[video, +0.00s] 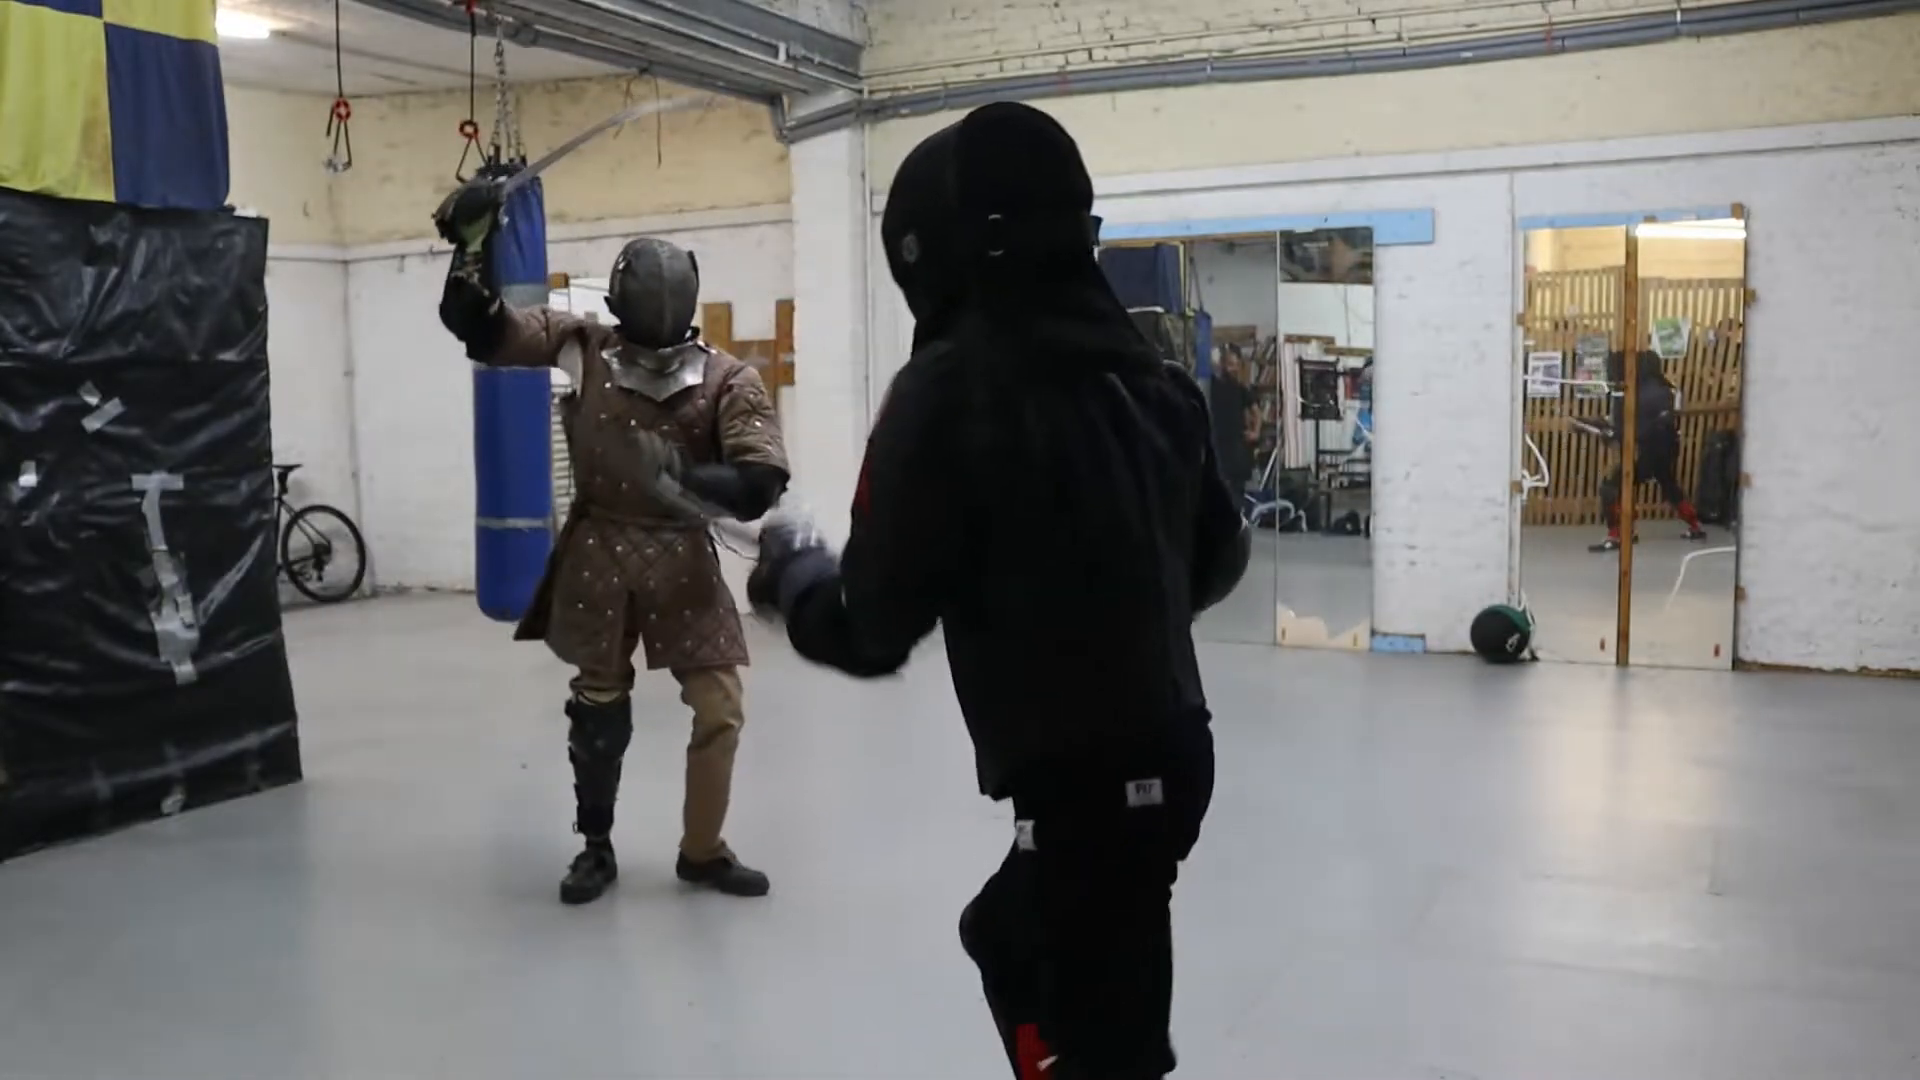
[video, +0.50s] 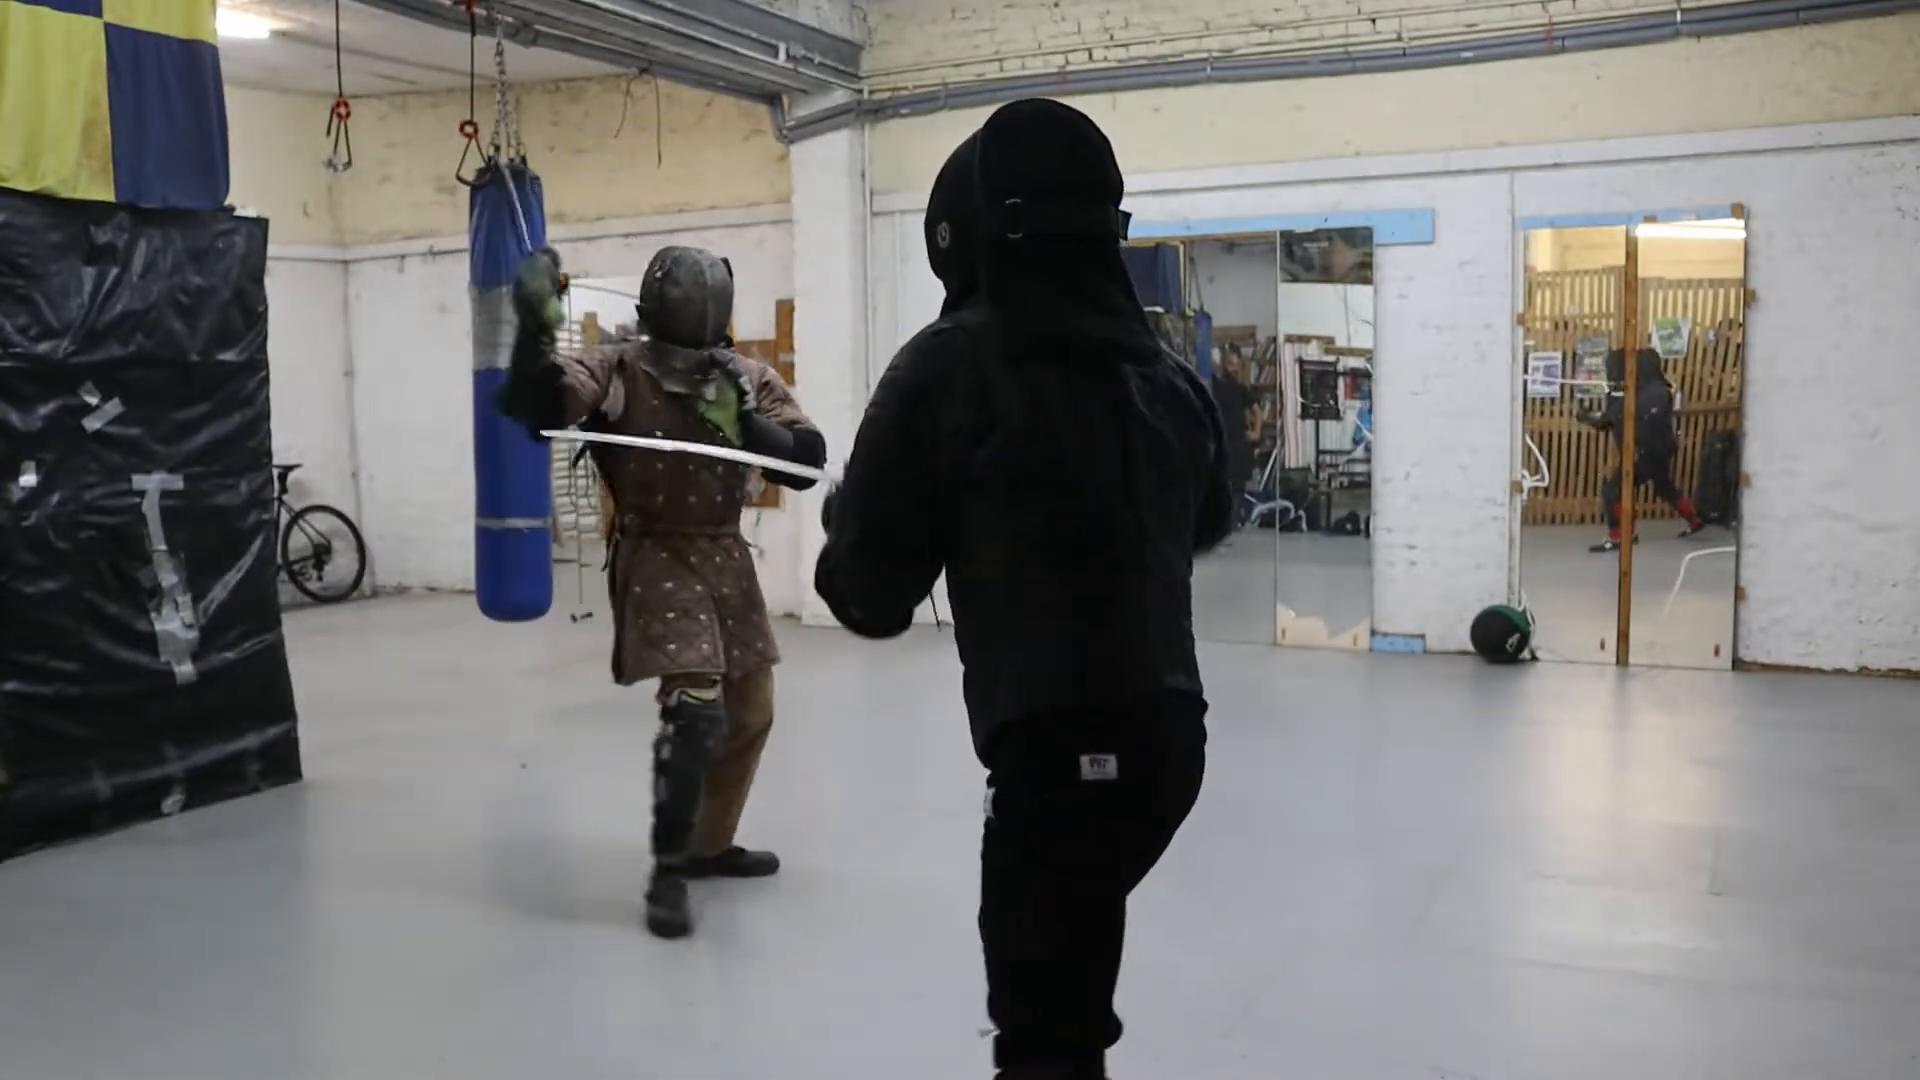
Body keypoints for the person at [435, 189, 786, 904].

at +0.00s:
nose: (650, 350)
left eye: (665, 339)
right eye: (637, 337)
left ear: (688, 318)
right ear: (617, 314)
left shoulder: (727, 381)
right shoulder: (581, 345)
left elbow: (762, 483)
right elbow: (483, 331)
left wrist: (686, 478)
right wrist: (468, 250)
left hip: (684, 558)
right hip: (599, 552)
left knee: (722, 710)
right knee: (599, 712)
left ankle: (702, 851)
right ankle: (595, 849)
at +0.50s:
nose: (689, 356)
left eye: (701, 341)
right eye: (676, 340)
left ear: (722, 324)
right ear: (651, 319)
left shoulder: (745, 377)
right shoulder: (617, 371)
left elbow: (810, 458)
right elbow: (536, 406)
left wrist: (745, 421)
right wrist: (536, 324)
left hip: (726, 554)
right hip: (655, 554)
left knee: (751, 713)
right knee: (697, 708)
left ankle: (710, 845)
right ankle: (668, 875)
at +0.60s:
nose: (695, 352)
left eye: (709, 337)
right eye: (682, 337)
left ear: (728, 326)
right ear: (657, 323)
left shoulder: (746, 378)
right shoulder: (631, 370)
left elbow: (811, 463)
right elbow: (568, 435)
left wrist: (752, 424)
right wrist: (579, 362)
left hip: (730, 551)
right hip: (664, 554)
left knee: (764, 714)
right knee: (712, 719)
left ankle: (714, 846)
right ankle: (679, 884)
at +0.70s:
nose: (701, 361)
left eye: (712, 345)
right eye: (686, 347)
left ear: (728, 329)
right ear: (654, 328)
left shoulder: (745, 377)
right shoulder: (628, 380)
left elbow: (807, 465)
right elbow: (609, 475)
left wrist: (755, 429)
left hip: (729, 552)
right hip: (666, 554)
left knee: (767, 719)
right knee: (715, 721)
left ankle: (716, 847)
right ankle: (678, 889)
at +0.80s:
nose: (702, 369)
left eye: (713, 353)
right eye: (686, 355)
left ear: (726, 337)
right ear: (654, 339)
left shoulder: (742, 385)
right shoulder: (628, 401)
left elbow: (805, 465)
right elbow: (655, 516)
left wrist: (750, 446)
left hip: (731, 567)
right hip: (667, 572)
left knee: (771, 724)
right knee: (711, 732)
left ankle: (717, 846)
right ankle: (675, 901)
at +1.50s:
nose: (716, 353)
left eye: (728, 336)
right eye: (701, 336)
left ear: (741, 325)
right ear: (668, 327)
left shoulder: (746, 388)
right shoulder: (634, 379)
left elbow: (804, 478)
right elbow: (665, 470)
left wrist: (768, 488)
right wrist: (745, 473)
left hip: (730, 578)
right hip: (664, 583)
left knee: (756, 726)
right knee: (717, 741)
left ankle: (715, 847)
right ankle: (670, 908)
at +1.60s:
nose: (715, 317)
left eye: (727, 300)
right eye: (697, 303)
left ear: (746, 303)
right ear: (665, 310)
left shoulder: (755, 388)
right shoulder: (648, 375)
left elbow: (812, 451)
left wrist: (781, 461)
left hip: (736, 574)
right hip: (667, 578)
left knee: (743, 741)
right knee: (746, 749)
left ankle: (683, 862)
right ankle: (667, 889)